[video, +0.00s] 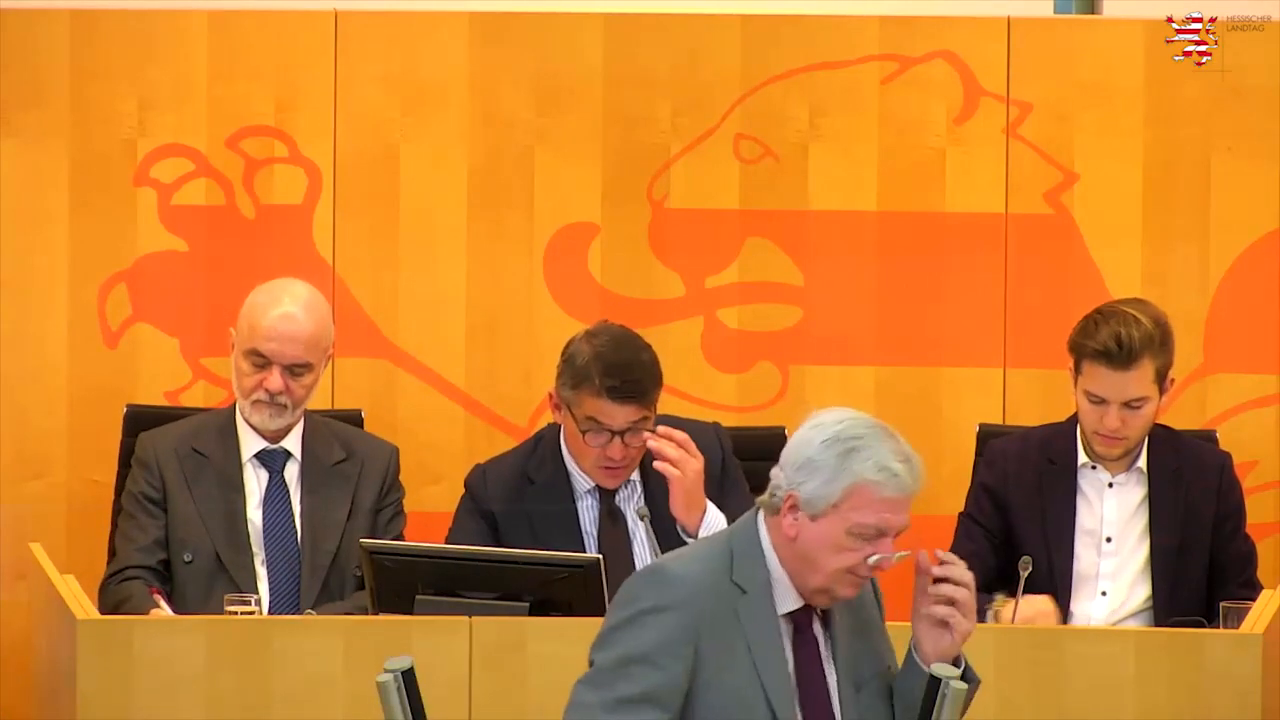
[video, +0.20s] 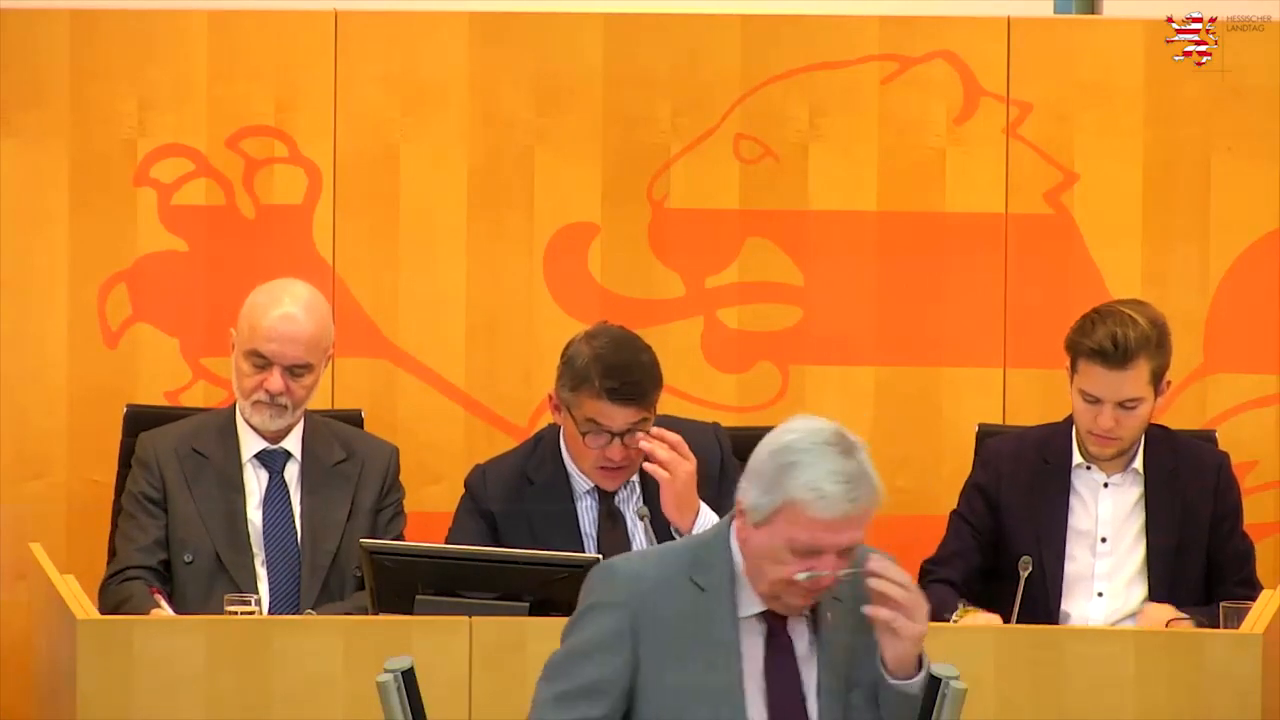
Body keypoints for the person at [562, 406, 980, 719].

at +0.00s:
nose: (883, 560)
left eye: (891, 537)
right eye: (865, 536)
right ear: (793, 514)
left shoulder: (855, 587)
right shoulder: (672, 596)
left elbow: (885, 709)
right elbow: (602, 712)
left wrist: (929, 663)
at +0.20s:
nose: (826, 575)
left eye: (845, 552)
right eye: (805, 553)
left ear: (861, 531)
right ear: (744, 519)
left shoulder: (870, 588)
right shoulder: (630, 592)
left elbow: (897, 717)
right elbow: (562, 712)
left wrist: (904, 672)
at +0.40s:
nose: (746, 587)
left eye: (768, 564)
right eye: (720, 564)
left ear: (796, 531)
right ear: (679, 533)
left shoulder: (860, 584)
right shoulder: (586, 597)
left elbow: (904, 714)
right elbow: (533, 716)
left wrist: (844, 678)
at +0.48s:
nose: (719, 592)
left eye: (743, 569)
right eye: (694, 571)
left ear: (775, 535)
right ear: (656, 540)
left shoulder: (846, 585)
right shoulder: (568, 603)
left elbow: (896, 714)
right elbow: (523, 715)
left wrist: (822, 681)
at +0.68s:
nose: (622, 612)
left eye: (645, 587)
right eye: (597, 590)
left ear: (684, 549)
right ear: (565, 556)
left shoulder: (775, 594)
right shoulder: (497, 625)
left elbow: (821, 712)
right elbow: (465, 714)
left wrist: (723, 695)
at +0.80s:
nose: (549, 612)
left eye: (572, 588)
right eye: (524, 590)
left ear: (614, 553)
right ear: (497, 566)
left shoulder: (713, 594)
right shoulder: (444, 611)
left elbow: (757, 713)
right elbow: (435, 712)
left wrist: (649, 704)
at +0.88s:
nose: (516, 613)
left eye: (540, 589)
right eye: (491, 587)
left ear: (588, 555)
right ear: (468, 568)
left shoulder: (691, 595)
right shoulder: (426, 608)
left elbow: (734, 714)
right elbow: (408, 711)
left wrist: (617, 710)